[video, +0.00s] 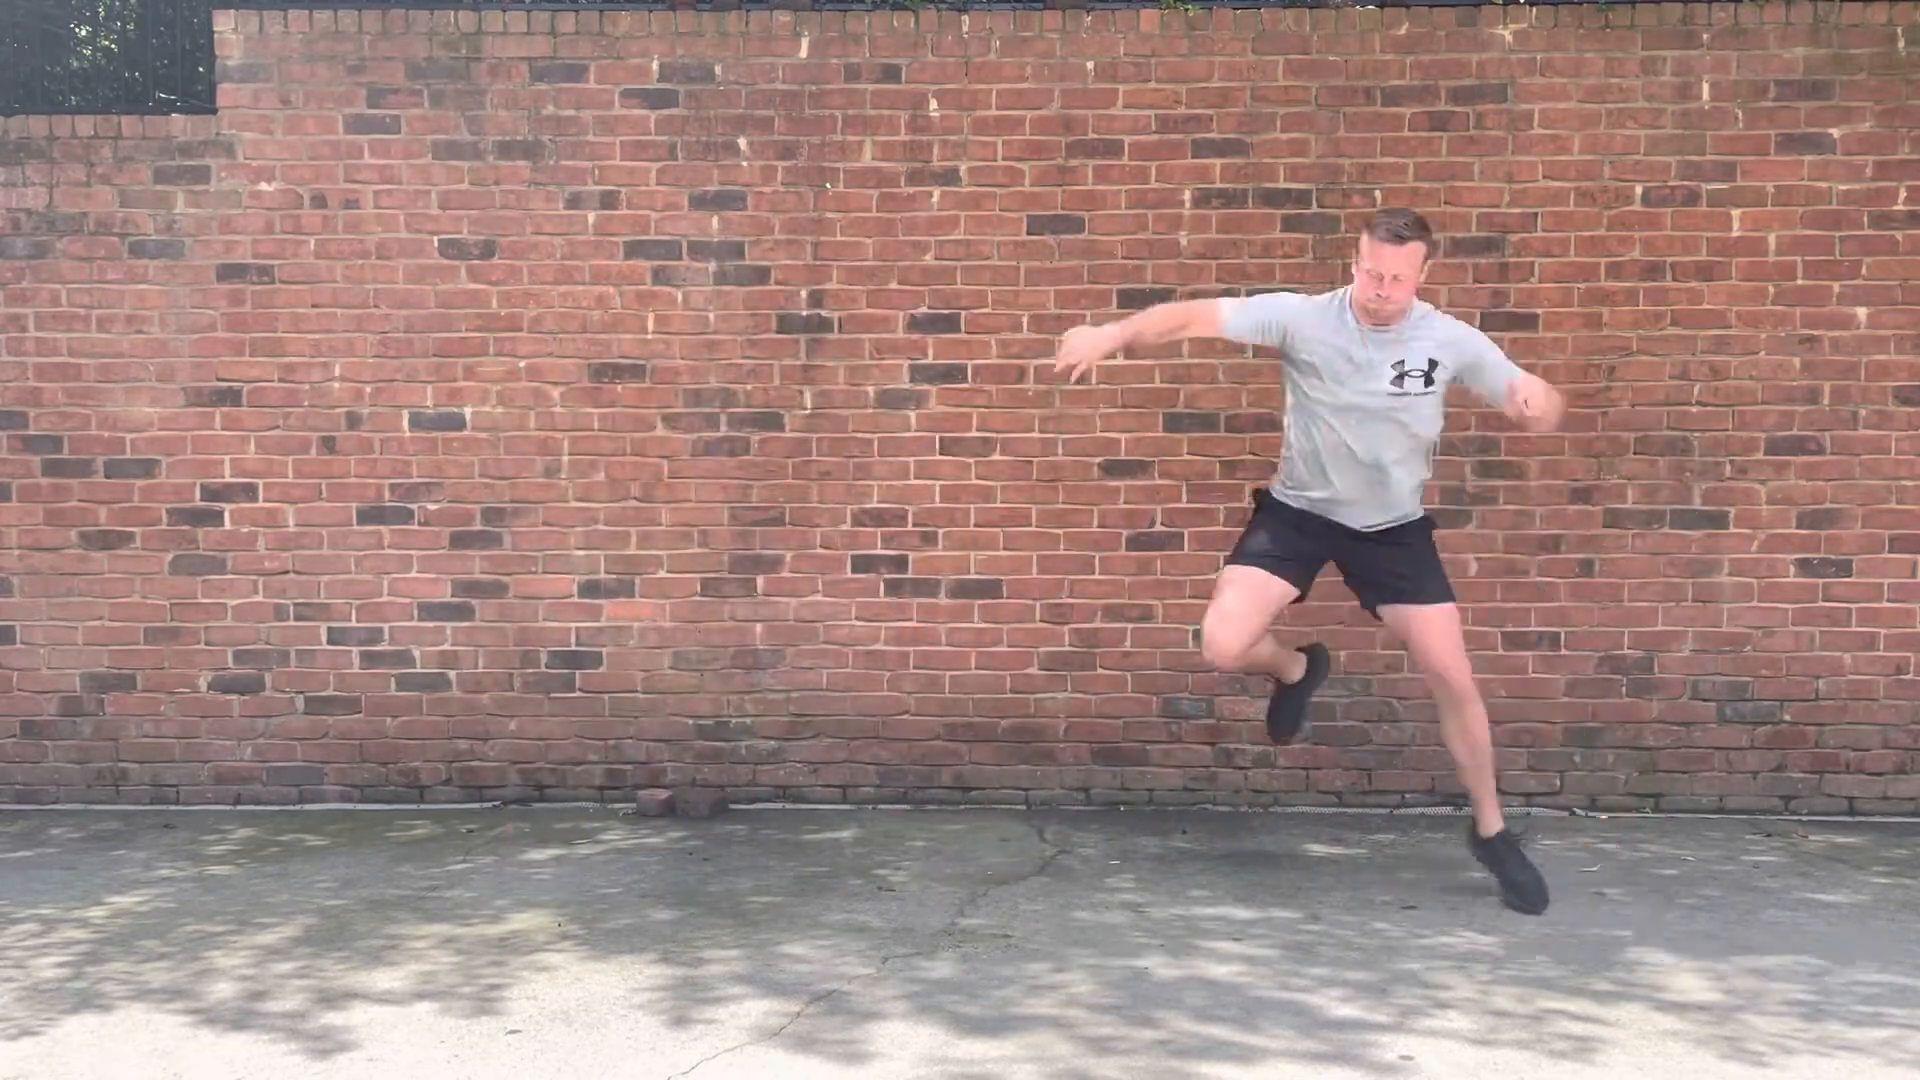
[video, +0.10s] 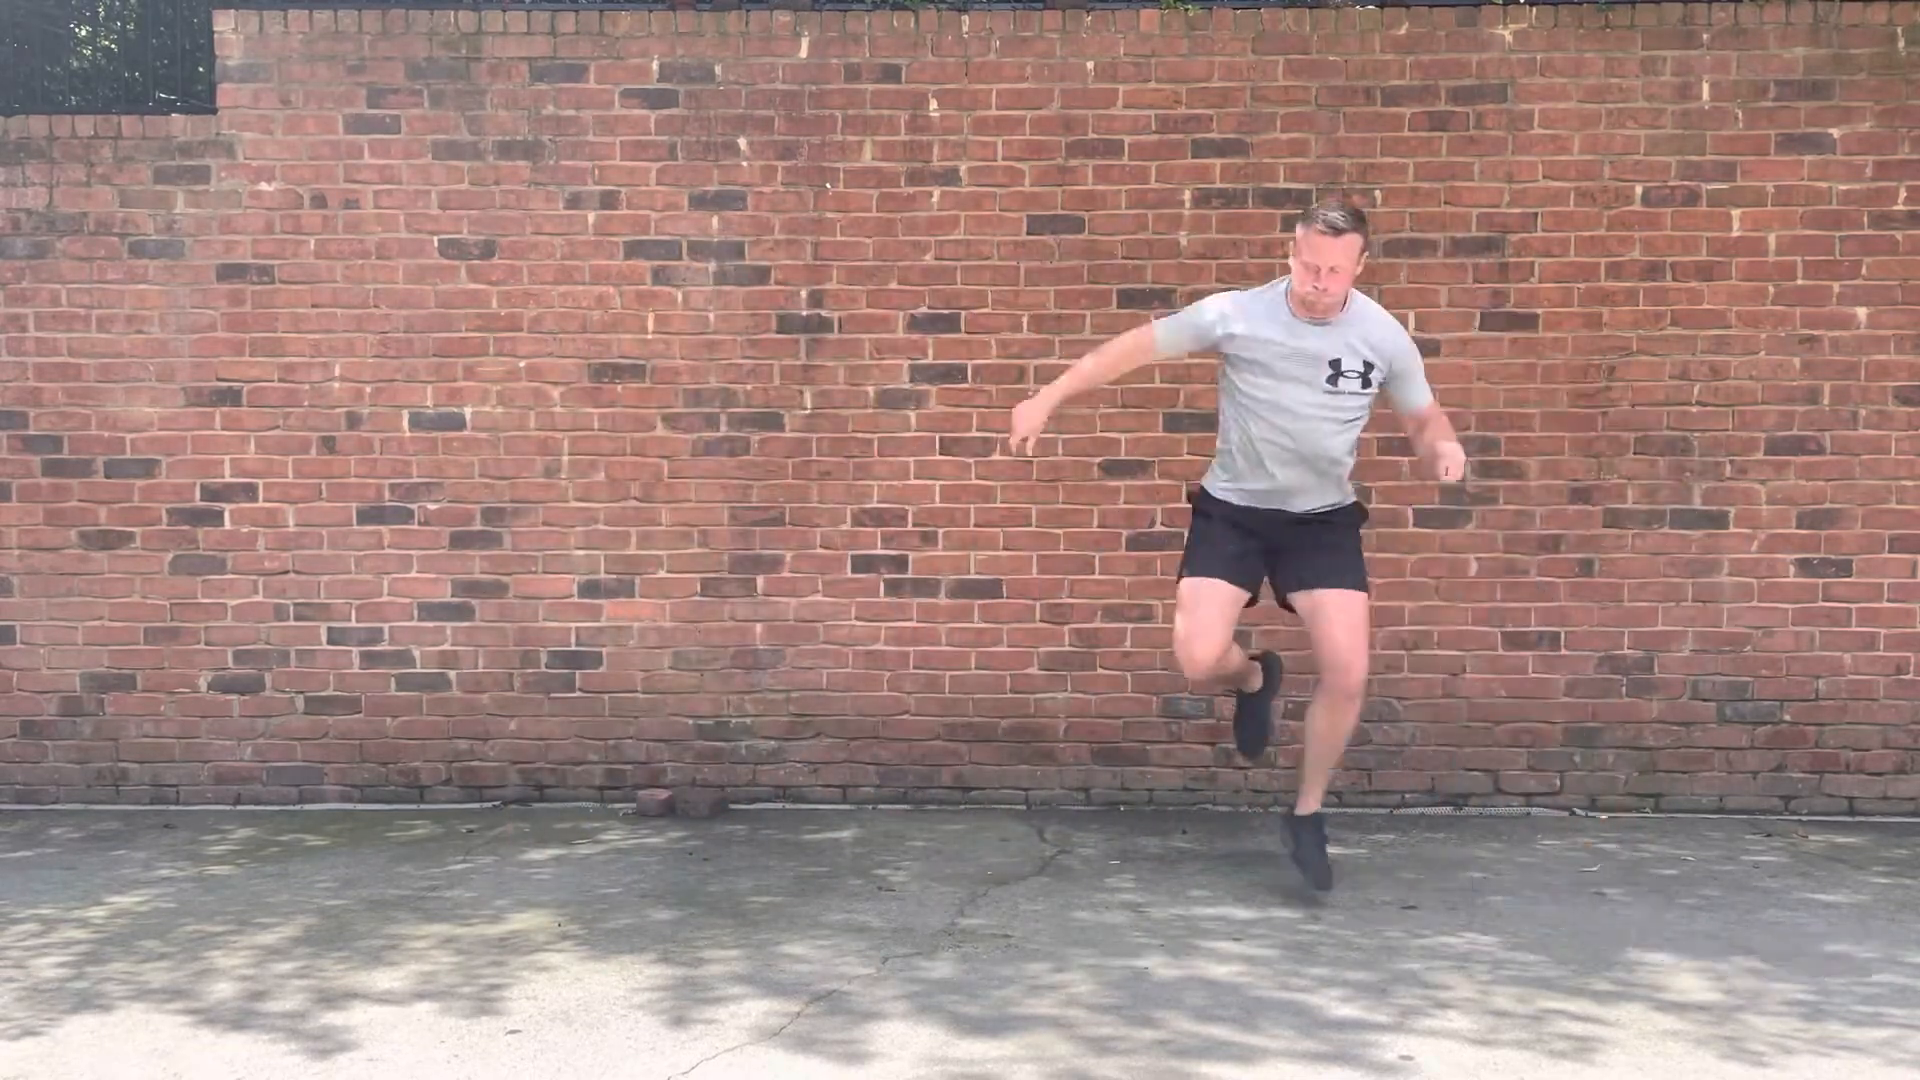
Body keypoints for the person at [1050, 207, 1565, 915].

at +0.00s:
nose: (1381, 291)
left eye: (1398, 279)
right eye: (1372, 274)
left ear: (1422, 276)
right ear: (1355, 262)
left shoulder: (1449, 340)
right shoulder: (1301, 318)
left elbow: (1533, 402)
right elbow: (1191, 316)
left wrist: (1539, 404)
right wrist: (1105, 335)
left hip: (1393, 526)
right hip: (1296, 514)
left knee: (1453, 674)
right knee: (1223, 642)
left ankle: (1492, 831)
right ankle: (1297, 670)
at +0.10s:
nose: (1322, 285)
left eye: (1339, 272)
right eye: (1311, 267)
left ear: (1360, 267)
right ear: (1292, 253)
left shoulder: (1383, 337)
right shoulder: (1235, 315)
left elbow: (1426, 421)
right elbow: (1137, 347)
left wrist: (1445, 449)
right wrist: (1046, 398)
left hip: (1321, 519)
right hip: (1230, 512)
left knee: (1348, 669)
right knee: (1196, 663)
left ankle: (1307, 814)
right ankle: (1258, 676)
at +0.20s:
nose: (1256, 315)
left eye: (1272, 305)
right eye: (1247, 300)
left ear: (1297, 305)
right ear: (1232, 290)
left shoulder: (1315, 385)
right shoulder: (1177, 345)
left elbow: (1344, 461)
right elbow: (1106, 399)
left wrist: (1353, 489)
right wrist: (1047, 478)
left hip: (1247, 551)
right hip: (1159, 541)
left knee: (1241, 706)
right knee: (1142, 693)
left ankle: (1210, 852)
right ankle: (1192, 734)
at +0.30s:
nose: (1180, 349)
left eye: (1197, 337)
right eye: (1172, 333)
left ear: (1223, 339)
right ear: (1158, 327)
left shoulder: (1242, 424)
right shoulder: (1107, 376)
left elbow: (1286, 499)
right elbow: (1044, 423)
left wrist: (1300, 518)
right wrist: (1015, 483)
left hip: (1177, 573)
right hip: (1086, 560)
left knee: (1205, 722)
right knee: (1029, 699)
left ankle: (1202, 855)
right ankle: (1092, 743)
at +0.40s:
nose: (1080, 322)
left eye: (1095, 309)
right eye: (1071, 306)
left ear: (1123, 306)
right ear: (1058, 297)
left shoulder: (1150, 381)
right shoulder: (1021, 342)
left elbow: (1237, 472)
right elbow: (924, 356)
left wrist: (1181, 431)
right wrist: (949, 350)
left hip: (1097, 553)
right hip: (1005, 535)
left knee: (1144, 694)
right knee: (909, 638)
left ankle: (1198, 847)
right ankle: (978, 697)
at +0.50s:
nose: (967, 284)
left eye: (982, 271)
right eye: (957, 270)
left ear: (1011, 264)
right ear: (945, 260)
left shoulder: (1046, 333)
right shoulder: (914, 302)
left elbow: (1144, 408)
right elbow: (828, 297)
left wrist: (1103, 408)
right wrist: (778, 310)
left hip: (1008, 517)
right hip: (915, 499)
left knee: (1073, 663)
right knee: (800, 597)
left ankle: (1145, 811)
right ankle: (837, 694)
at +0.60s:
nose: (860, 281)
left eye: (873, 267)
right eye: (850, 267)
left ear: (904, 259)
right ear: (838, 261)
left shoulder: (949, 328)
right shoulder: (810, 309)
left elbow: (1042, 387)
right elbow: (725, 331)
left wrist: (1019, 432)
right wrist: (634, 356)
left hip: (919, 506)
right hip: (826, 499)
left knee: (994, 658)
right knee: (720, 615)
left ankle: (1030, 769)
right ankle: (680, 740)